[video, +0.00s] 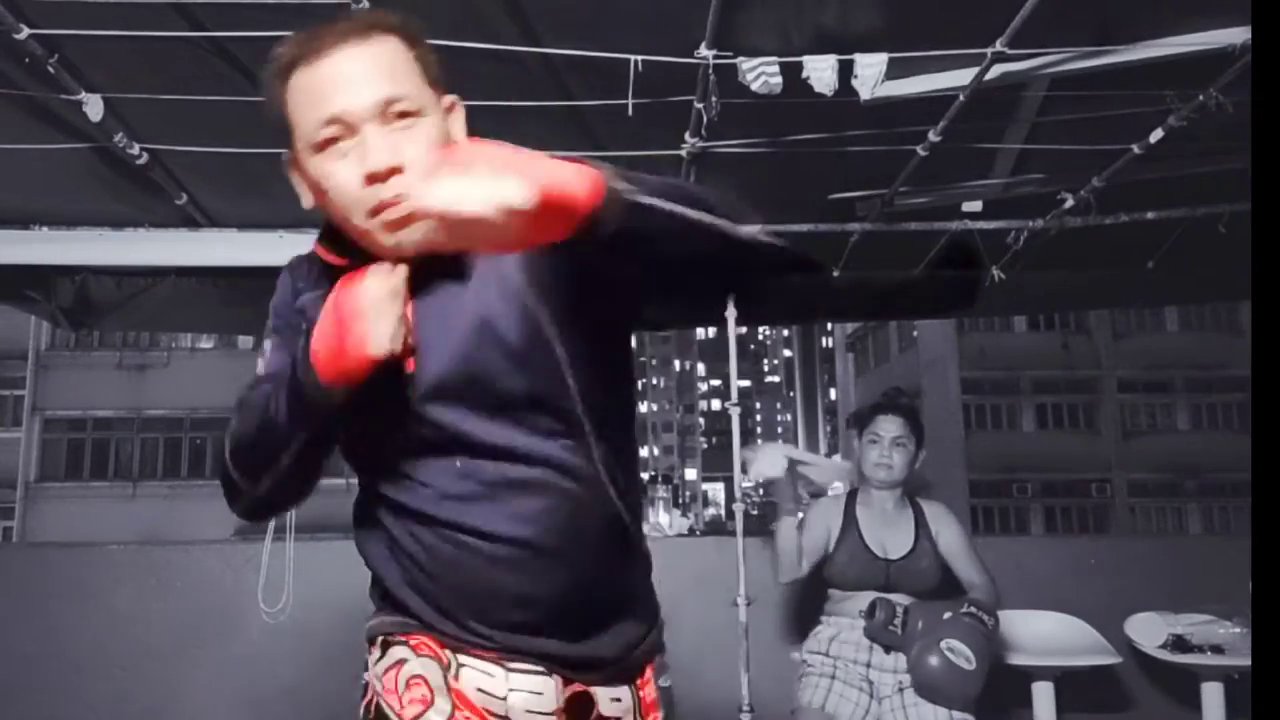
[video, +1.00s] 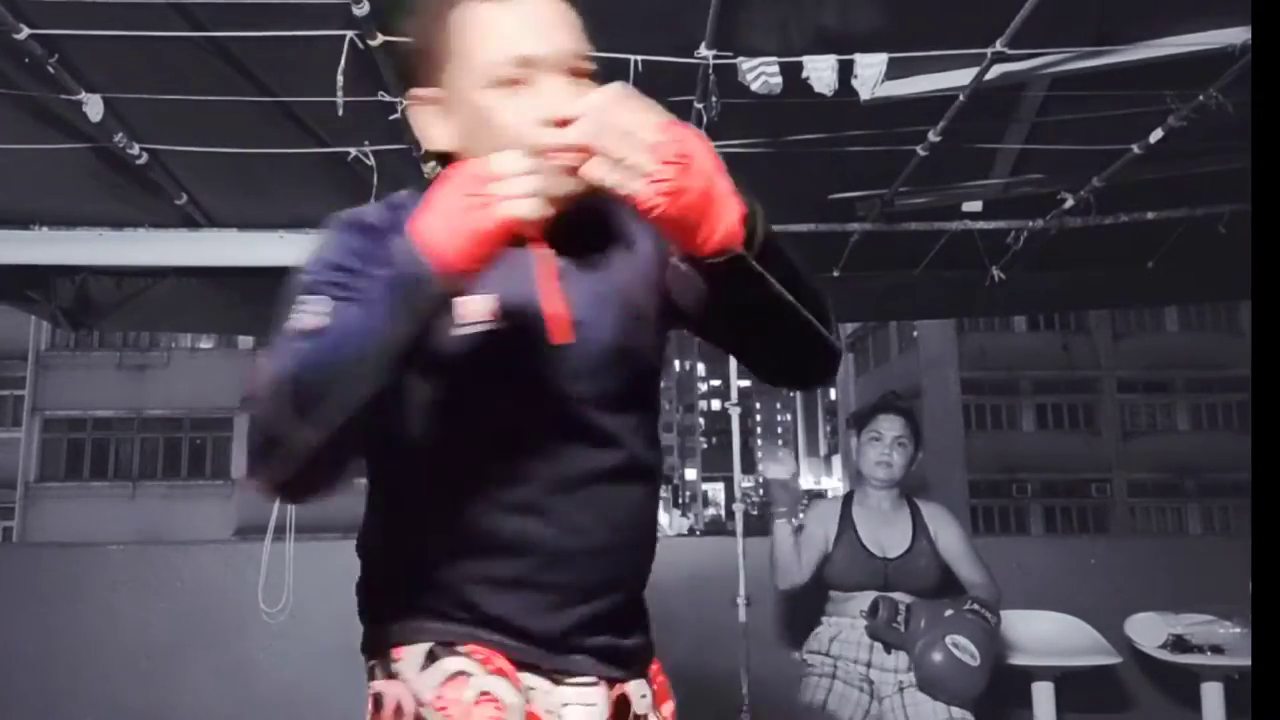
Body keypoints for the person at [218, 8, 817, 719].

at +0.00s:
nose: (377, 159)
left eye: (399, 117)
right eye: (335, 140)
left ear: (455, 124)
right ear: (304, 182)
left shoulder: (565, 244)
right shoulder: (317, 289)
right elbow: (251, 494)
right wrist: (320, 371)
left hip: (611, 658)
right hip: (444, 656)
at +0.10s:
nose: (358, 164)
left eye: (376, 119)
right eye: (311, 150)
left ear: (435, 119)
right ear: (279, 193)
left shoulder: (550, 209)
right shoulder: (292, 327)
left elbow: (784, 283)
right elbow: (248, 496)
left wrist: (598, 231)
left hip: (626, 662)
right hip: (457, 666)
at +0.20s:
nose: (478, 125)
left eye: (489, 80)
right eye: (424, 106)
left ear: (526, 91)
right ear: (368, 161)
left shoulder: (593, 240)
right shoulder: (333, 319)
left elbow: (790, 241)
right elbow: (265, 549)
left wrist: (695, 185)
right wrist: (364, 684)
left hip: (606, 667)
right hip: (448, 663)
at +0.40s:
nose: (586, 109)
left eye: (599, 77)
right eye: (540, 84)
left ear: (621, 94)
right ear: (467, 121)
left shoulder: (617, 234)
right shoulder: (430, 241)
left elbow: (742, 321)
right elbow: (385, 446)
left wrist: (729, 244)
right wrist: (511, 268)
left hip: (580, 649)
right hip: (442, 659)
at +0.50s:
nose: (582, 114)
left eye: (597, 89)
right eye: (550, 92)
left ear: (622, 97)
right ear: (478, 126)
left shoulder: (626, 242)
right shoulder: (438, 213)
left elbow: (739, 352)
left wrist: (721, 260)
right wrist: (509, 186)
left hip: (585, 651)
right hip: (437, 646)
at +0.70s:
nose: (456, 97)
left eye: (483, 64)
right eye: (413, 76)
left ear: (533, 100)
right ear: (364, 127)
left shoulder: (622, 226)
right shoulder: (344, 252)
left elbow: (823, 337)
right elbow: (194, 391)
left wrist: (709, 254)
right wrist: (348, 237)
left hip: (606, 670)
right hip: (434, 655)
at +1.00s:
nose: (562, 107)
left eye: (579, 76)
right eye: (514, 80)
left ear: (604, 91)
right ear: (432, 120)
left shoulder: (638, 240)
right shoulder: (377, 245)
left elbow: (808, 360)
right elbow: (282, 454)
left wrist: (725, 225)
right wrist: (425, 261)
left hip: (615, 659)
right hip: (454, 654)